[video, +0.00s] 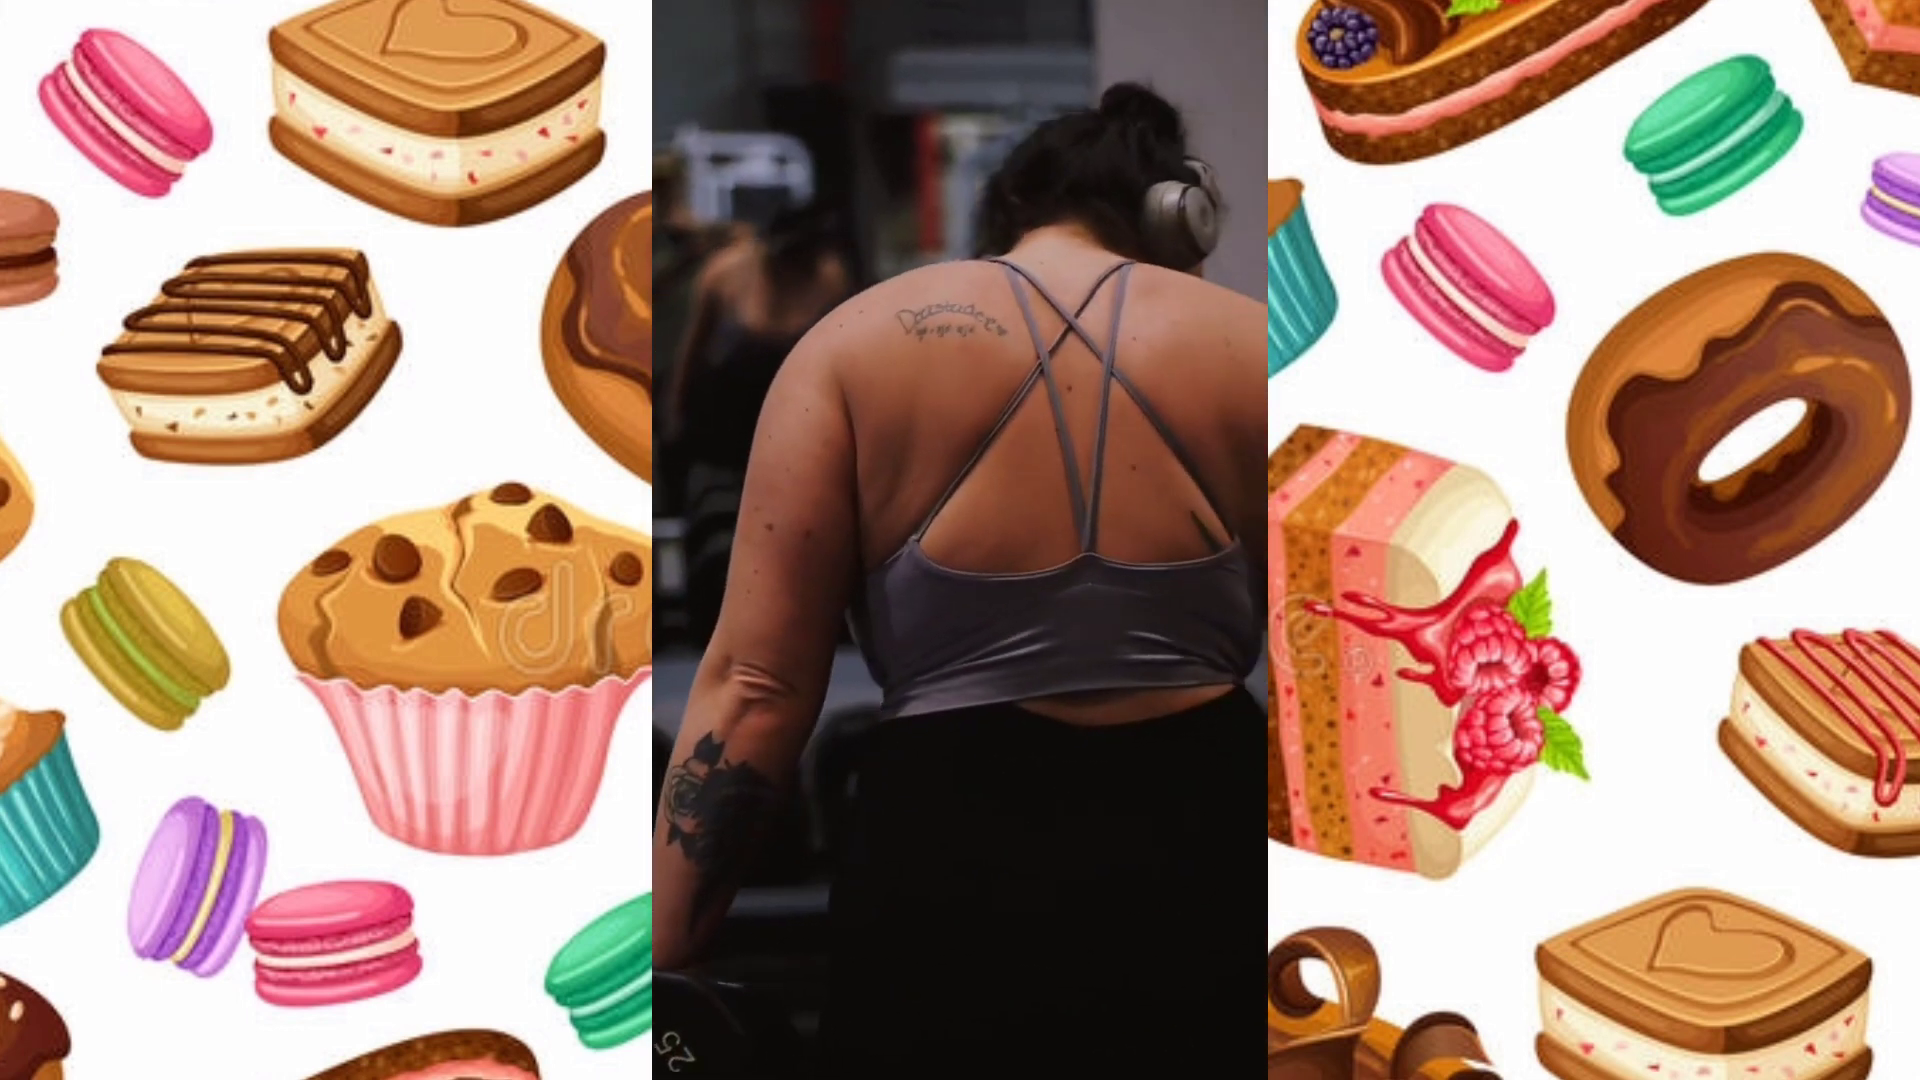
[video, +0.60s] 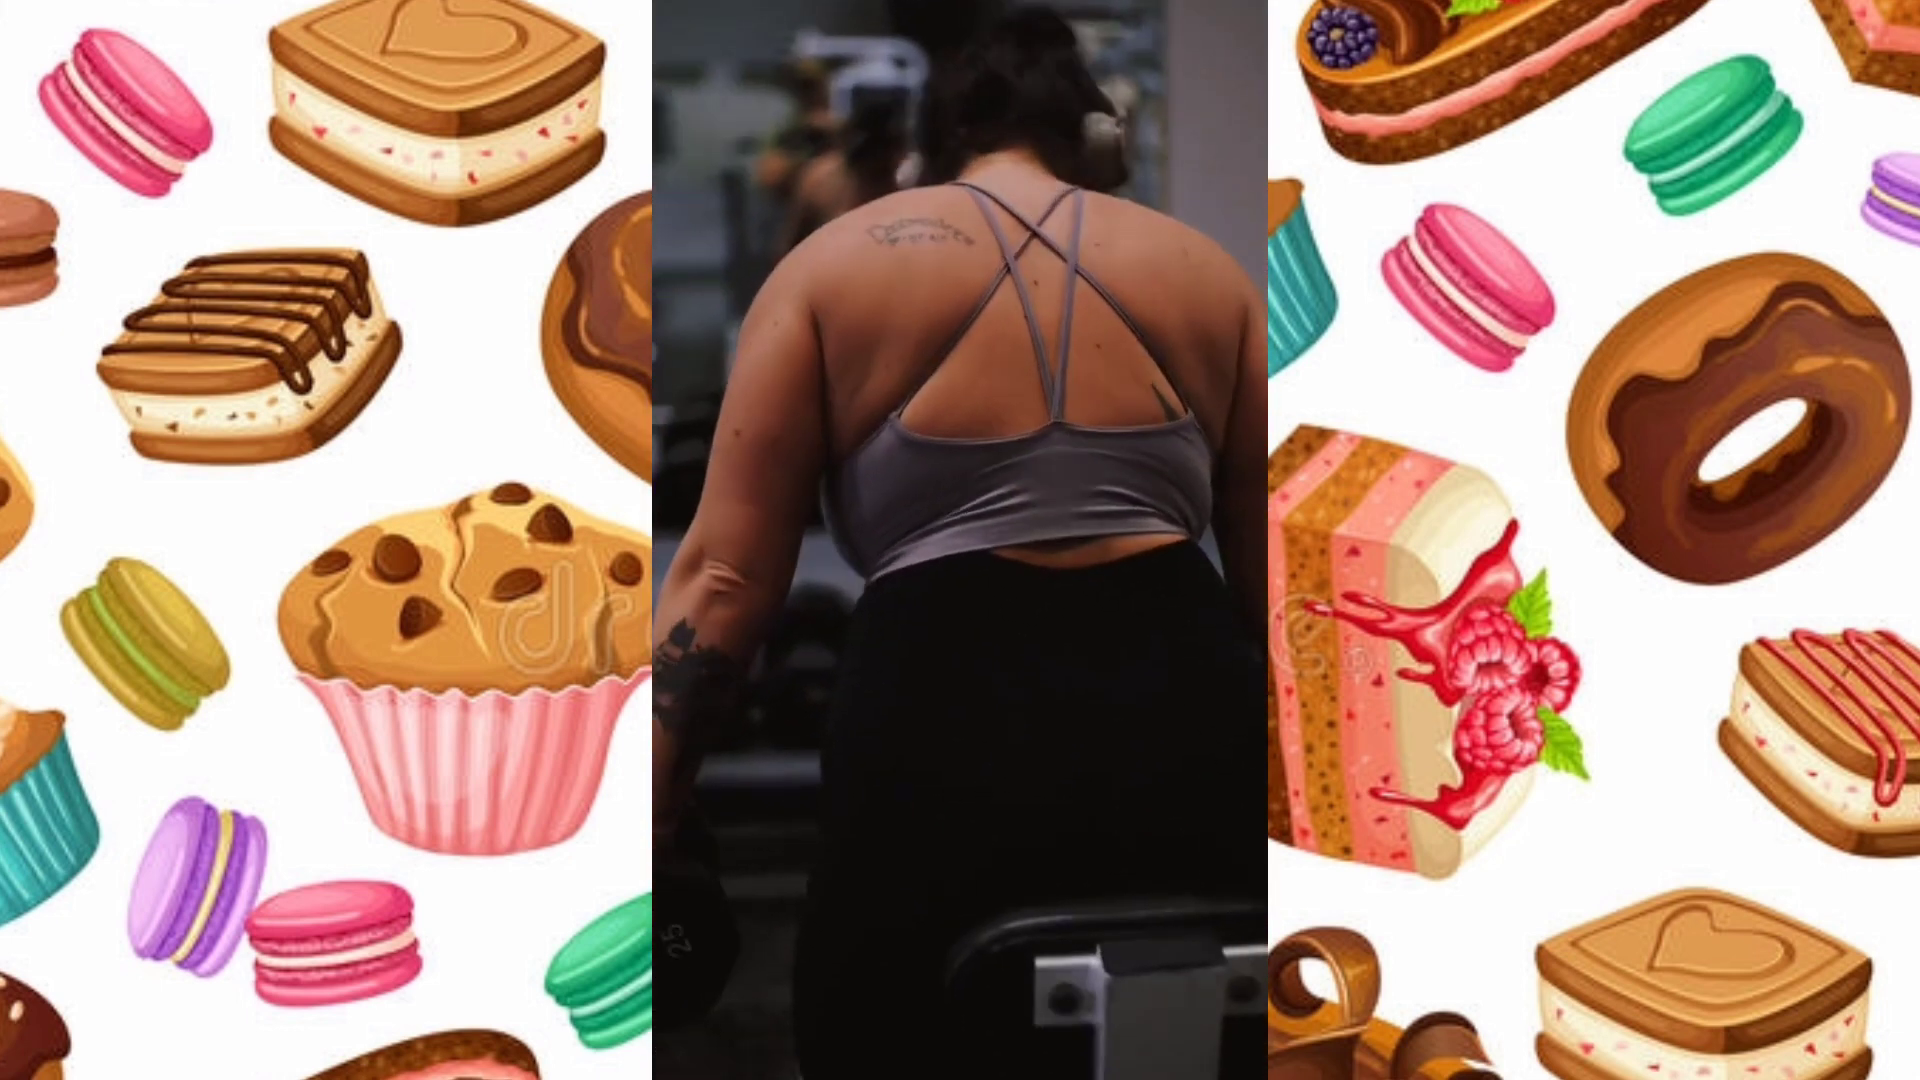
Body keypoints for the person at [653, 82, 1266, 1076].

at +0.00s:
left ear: (1005, 212)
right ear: (1173, 221)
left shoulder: (854, 347)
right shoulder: (1255, 343)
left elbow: (757, 683)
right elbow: (1328, 658)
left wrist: (657, 961)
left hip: (939, 839)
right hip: (1200, 836)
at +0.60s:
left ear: (935, 132)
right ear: (1091, 132)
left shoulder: (828, 269)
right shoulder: (1202, 270)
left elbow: (726, 578)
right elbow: (1276, 569)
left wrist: (637, 794)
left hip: (935, 715)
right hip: (1185, 705)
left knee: (878, 1030)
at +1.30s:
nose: (795, 112)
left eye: (804, 94)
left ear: (813, 116)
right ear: (994, 107)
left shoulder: (738, 311)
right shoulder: (1105, 291)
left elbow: (689, 591)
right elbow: (1198, 548)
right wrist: (1104, 470)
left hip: (853, 757)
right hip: (1080, 745)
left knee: (757, 1042)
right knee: (1101, 1039)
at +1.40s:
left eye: (786, 100)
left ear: (790, 125)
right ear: (967, 117)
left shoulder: (712, 318)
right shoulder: (1072, 304)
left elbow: (667, 594)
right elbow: (1161, 560)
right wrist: (1092, 464)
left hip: (815, 746)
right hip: (1038, 734)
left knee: (788, 1044)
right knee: (1049, 1036)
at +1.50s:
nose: (719, 145)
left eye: (728, 124)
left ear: (740, 147)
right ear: (917, 139)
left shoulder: (672, 326)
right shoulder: (1016, 315)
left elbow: (620, 559)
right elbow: (1097, 568)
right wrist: (1122, 528)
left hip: (756, 741)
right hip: (966, 729)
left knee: (750, 1044)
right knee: (960, 1041)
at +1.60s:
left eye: (705, 135)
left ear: (711, 161)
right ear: (876, 152)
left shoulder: (647, 327)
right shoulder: (974, 321)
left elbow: (587, 552)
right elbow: (1044, 567)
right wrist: (1096, 582)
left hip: (721, 725)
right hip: (924, 714)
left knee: (719, 1042)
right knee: (942, 1040)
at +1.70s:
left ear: (708, 175)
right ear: (867, 162)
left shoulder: (648, 337)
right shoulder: (969, 328)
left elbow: (584, 555)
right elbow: (1053, 559)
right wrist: (1074, 611)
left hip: (725, 734)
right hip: (930, 719)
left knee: (720, 1044)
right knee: (957, 1038)